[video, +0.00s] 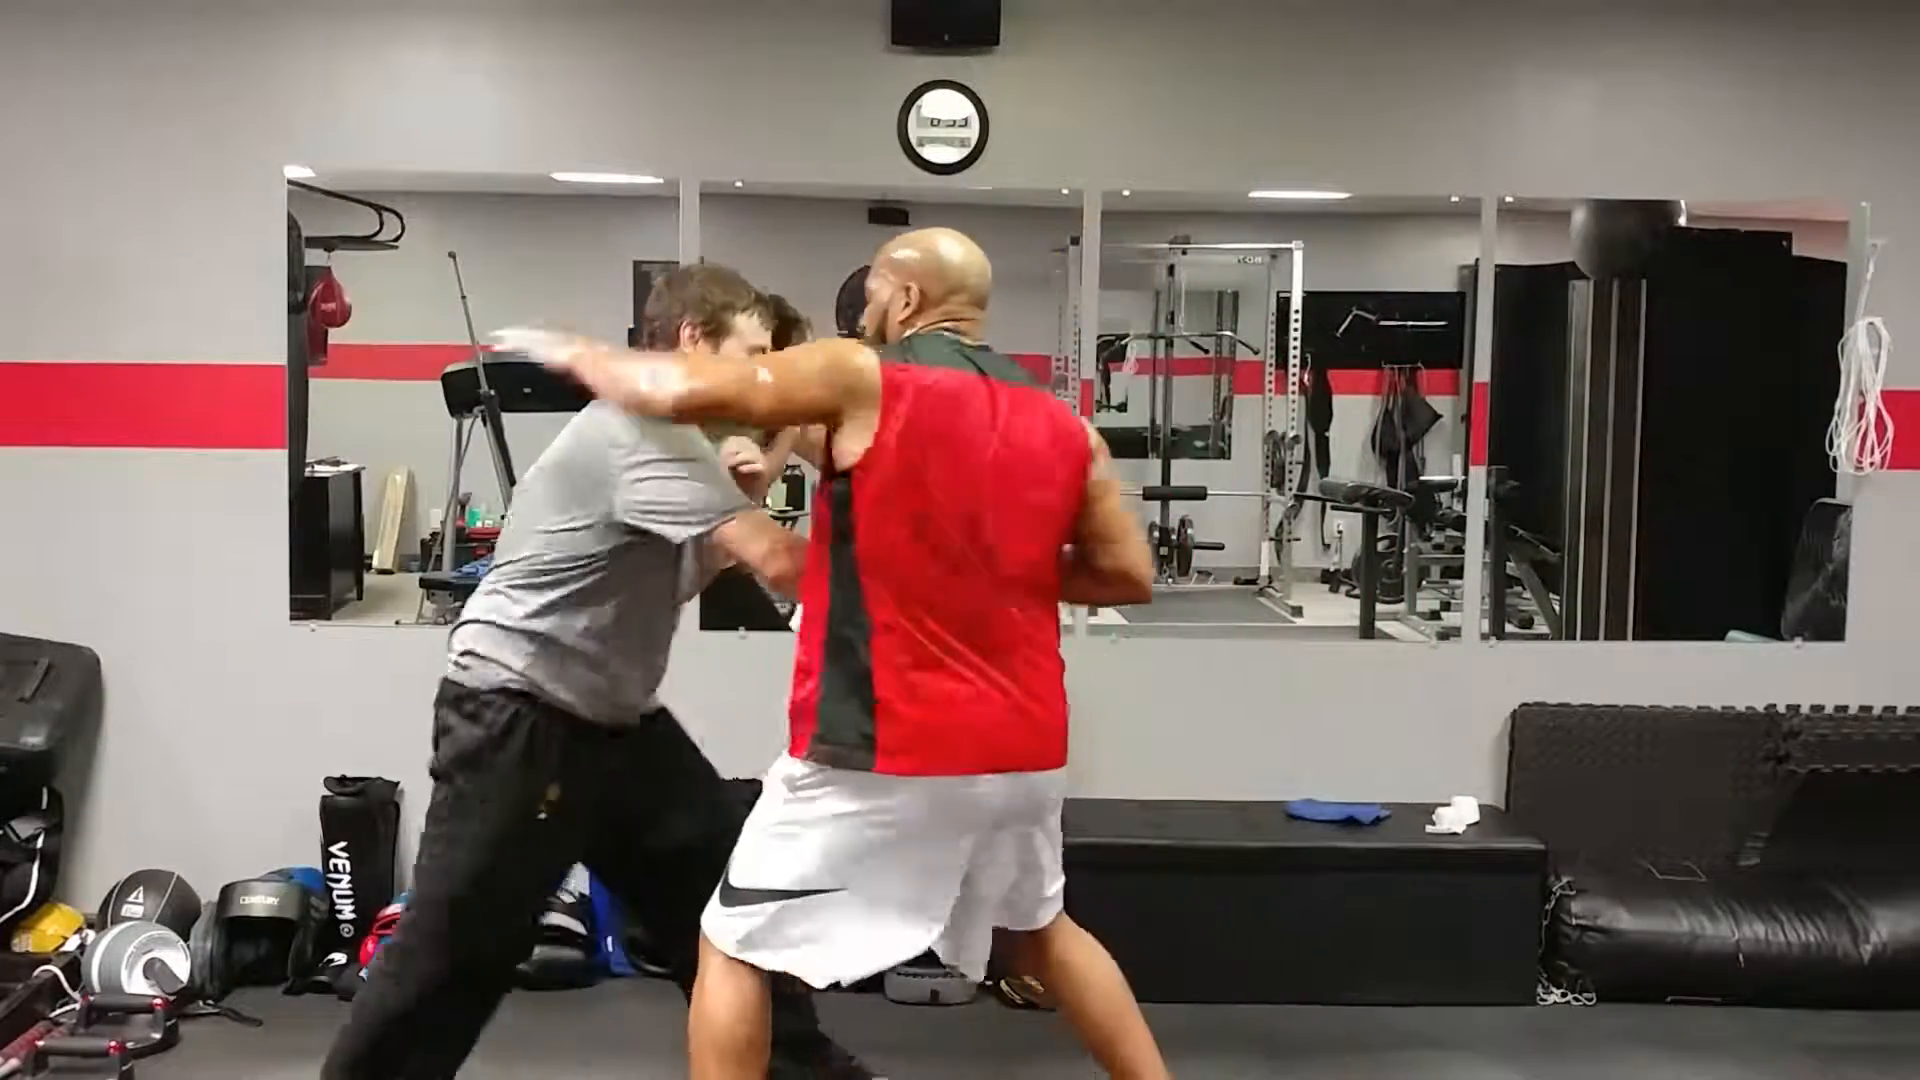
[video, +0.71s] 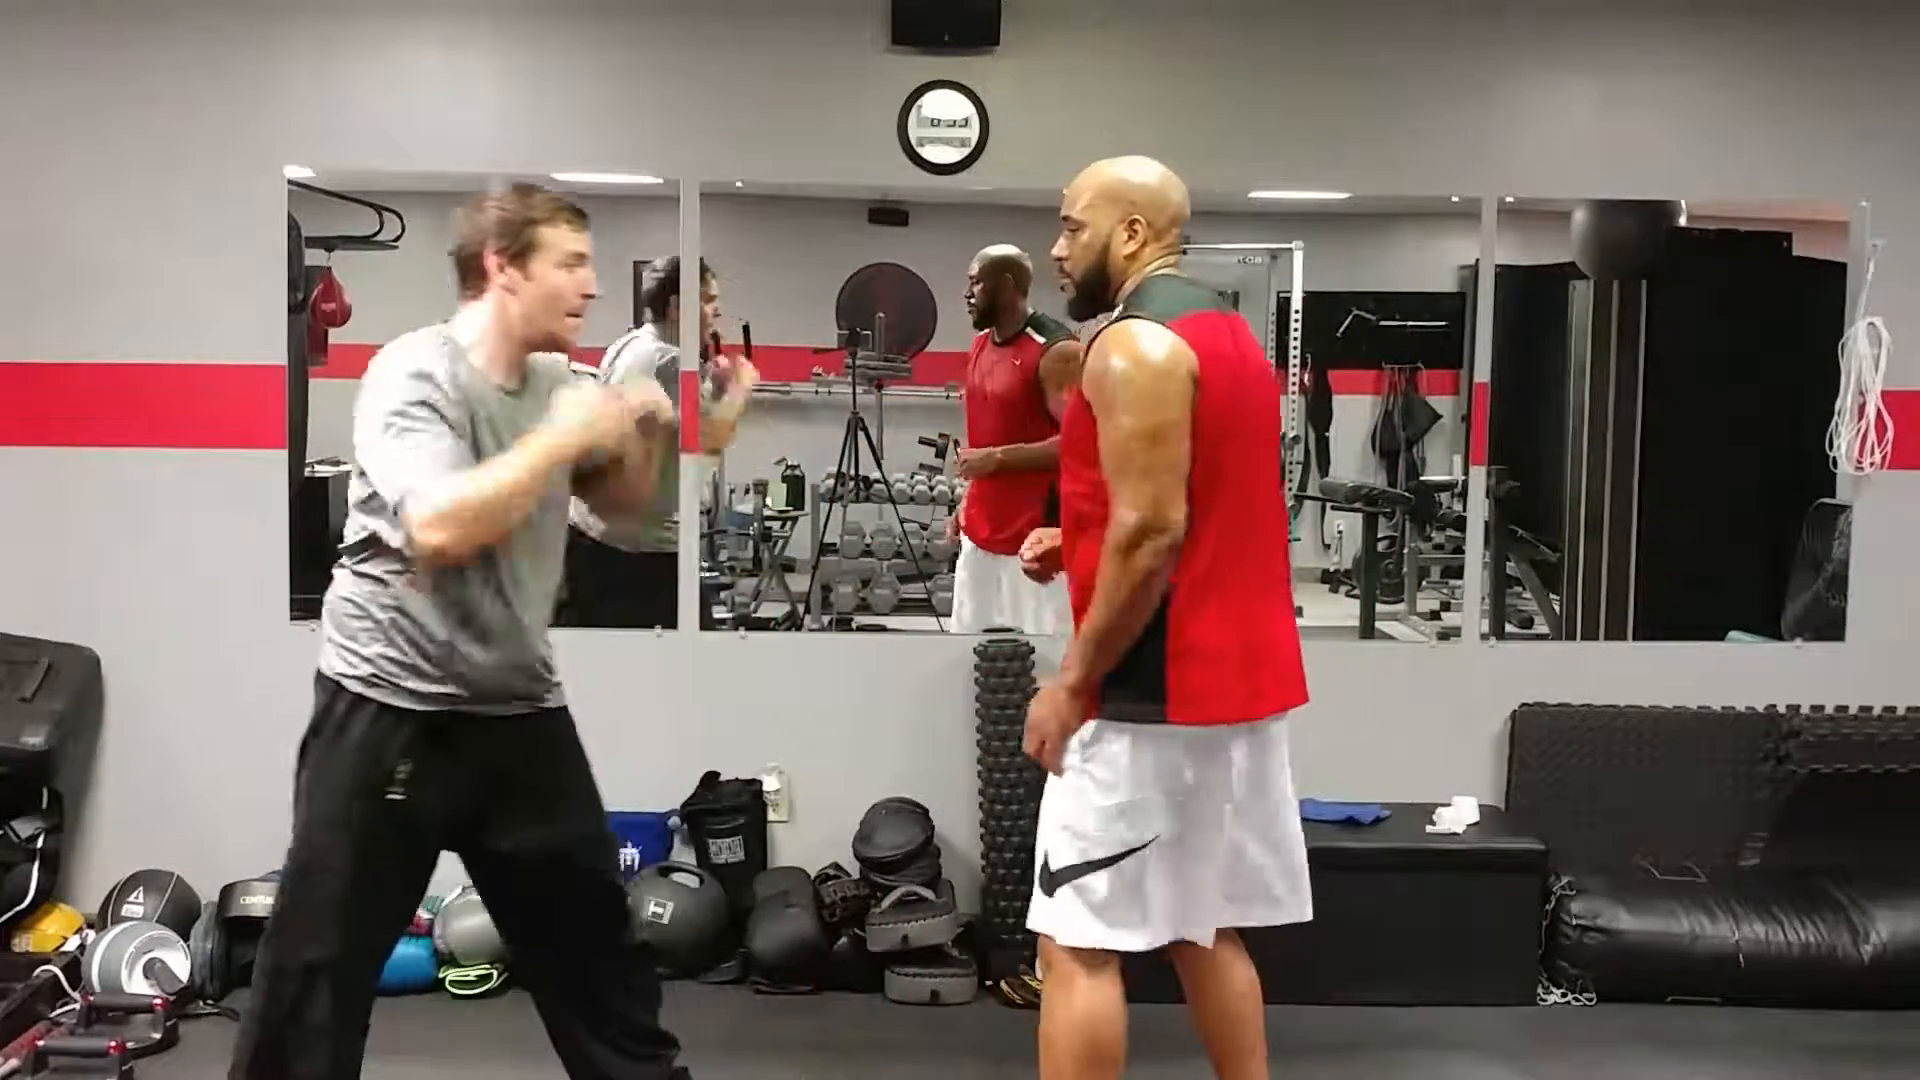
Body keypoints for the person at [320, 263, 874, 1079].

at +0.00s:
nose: (762, 374)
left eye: (766, 358)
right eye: (751, 352)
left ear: (688, 343)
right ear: (692, 339)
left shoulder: (679, 441)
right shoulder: (637, 428)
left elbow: (658, 582)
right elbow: (779, 559)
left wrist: (739, 522)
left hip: (616, 723)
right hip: (515, 714)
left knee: (733, 886)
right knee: (451, 956)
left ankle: (786, 1054)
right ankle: (360, 1077)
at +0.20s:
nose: (775, 389)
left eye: (783, 372)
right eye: (760, 364)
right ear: (698, 353)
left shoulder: (691, 441)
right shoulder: (642, 438)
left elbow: (675, 590)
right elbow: (787, 566)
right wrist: (905, 603)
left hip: (604, 715)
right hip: (508, 714)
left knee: (702, 884)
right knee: (478, 963)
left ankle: (648, 1066)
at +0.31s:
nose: (771, 368)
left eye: (777, 349)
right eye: (759, 343)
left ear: (699, 337)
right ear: (695, 333)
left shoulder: (688, 427)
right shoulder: (634, 422)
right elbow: (737, 570)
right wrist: (878, 616)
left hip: (605, 707)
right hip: (498, 699)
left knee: (686, 918)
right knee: (465, 950)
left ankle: (660, 1072)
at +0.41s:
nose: (747, 333)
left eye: (750, 315)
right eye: (730, 310)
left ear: (677, 315)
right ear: (664, 307)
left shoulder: (662, 408)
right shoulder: (599, 395)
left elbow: (672, 562)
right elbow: (659, 569)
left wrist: (737, 501)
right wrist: (793, 609)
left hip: (593, 698)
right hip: (485, 690)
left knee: (668, 928)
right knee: (416, 944)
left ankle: (662, 1077)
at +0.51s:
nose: (698, 308)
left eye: (699, 289)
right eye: (679, 286)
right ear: (612, 290)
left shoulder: (644, 408)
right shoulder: (542, 387)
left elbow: (645, 540)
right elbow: (561, 564)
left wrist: (710, 516)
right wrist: (709, 594)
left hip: (575, 701)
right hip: (460, 696)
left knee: (647, 927)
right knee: (377, 948)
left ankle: (661, 1074)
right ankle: (293, 1078)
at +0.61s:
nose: (639, 298)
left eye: (638, 278)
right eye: (620, 277)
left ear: (570, 285)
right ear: (549, 281)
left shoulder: (595, 397)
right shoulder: (468, 381)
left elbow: (595, 519)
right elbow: (472, 558)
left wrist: (657, 503)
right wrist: (630, 547)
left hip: (547, 717)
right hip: (419, 715)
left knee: (619, 957)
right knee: (340, 974)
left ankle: (664, 1077)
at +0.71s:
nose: (590, 286)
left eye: (590, 267)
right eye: (572, 266)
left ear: (522, 276)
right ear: (501, 271)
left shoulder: (569, 388)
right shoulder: (410, 374)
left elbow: (626, 511)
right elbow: (437, 528)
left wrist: (658, 438)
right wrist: (571, 435)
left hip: (518, 714)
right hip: (382, 711)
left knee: (596, 965)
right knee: (315, 980)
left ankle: (643, 1076)